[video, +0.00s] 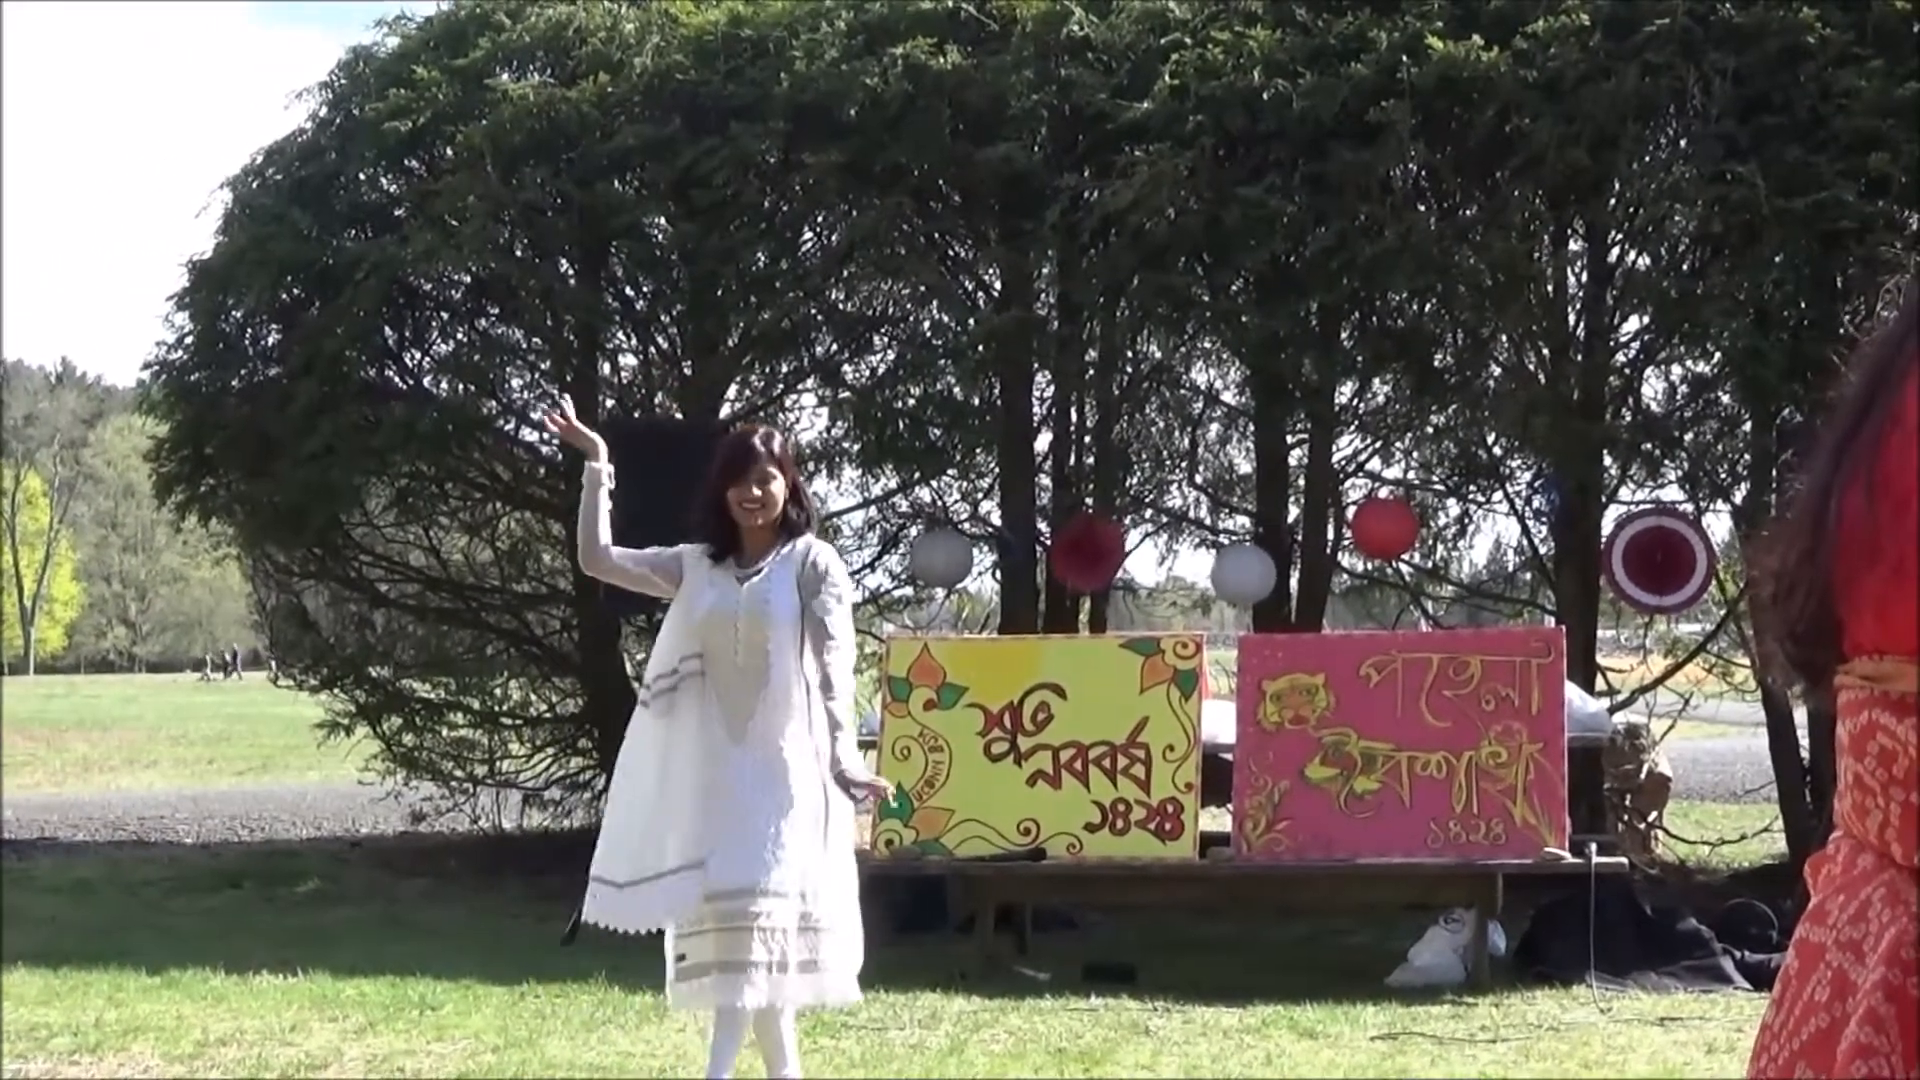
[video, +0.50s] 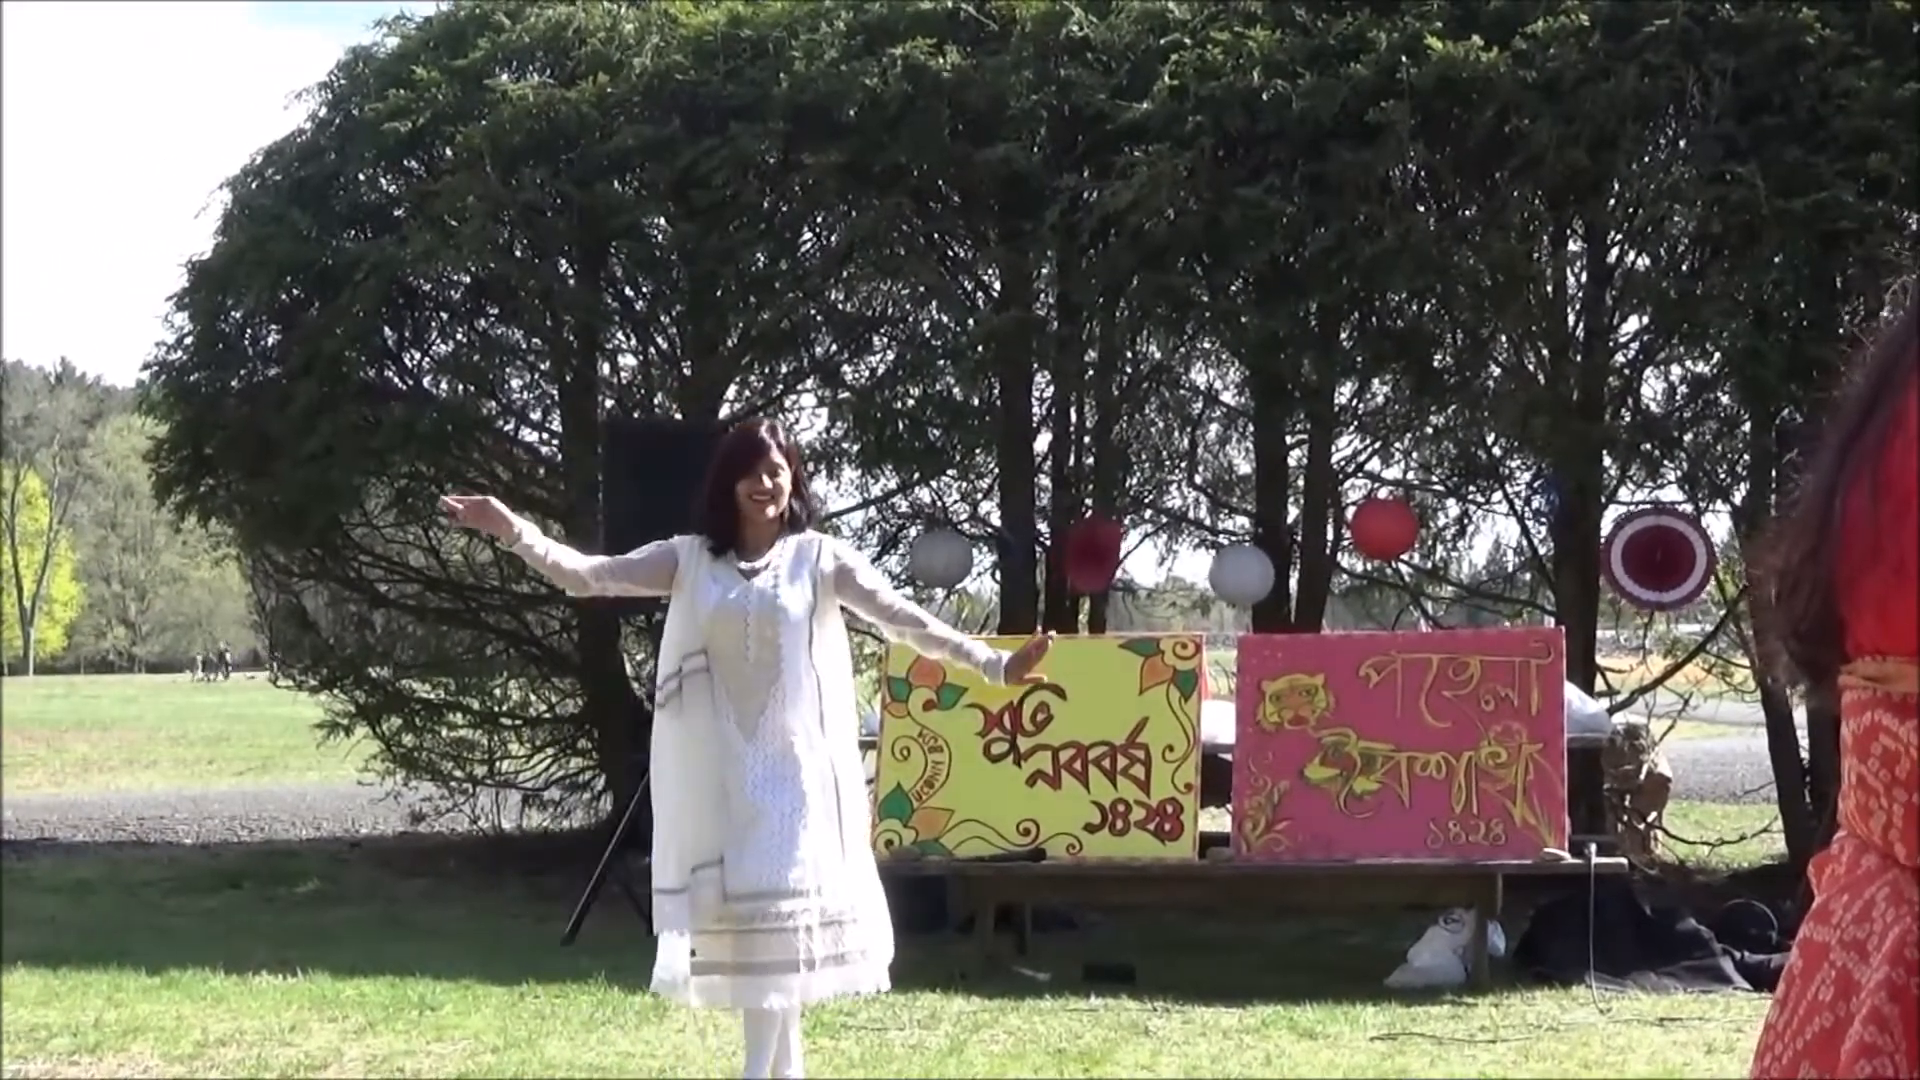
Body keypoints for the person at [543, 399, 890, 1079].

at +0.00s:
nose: (753, 488)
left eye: (767, 475)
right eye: (739, 477)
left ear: (790, 485)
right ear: (722, 489)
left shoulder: (812, 561)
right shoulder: (696, 564)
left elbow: (835, 667)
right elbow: (597, 558)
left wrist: (844, 757)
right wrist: (597, 459)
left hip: (781, 762)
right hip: (711, 758)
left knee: (743, 911)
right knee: (753, 917)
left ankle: (717, 1068)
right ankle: (785, 1067)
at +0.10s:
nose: (759, 490)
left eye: (771, 477)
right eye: (746, 478)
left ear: (793, 485)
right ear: (726, 488)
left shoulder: (817, 560)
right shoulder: (694, 563)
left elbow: (857, 661)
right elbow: (591, 561)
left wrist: (893, 740)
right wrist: (573, 465)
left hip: (790, 763)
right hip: (713, 760)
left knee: (751, 911)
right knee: (757, 917)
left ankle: (727, 1068)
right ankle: (787, 1069)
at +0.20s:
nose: (765, 488)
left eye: (776, 474)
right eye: (750, 476)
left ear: (795, 484)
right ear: (728, 488)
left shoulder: (818, 557)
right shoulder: (695, 560)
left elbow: (876, 647)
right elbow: (588, 561)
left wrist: (933, 719)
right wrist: (547, 474)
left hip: (795, 766)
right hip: (717, 765)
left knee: (754, 912)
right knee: (762, 920)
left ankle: (728, 1067)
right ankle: (788, 1068)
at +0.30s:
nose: (769, 482)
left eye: (779, 471)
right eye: (754, 472)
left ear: (797, 481)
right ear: (728, 484)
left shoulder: (821, 554)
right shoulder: (694, 558)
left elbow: (894, 634)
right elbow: (588, 559)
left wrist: (968, 690)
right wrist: (527, 487)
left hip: (799, 766)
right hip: (719, 765)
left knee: (757, 917)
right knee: (772, 928)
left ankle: (734, 1069)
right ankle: (788, 1068)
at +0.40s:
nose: (765, 482)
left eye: (775, 469)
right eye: (750, 471)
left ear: (794, 479)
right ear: (727, 483)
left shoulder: (821, 556)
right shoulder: (693, 558)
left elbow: (905, 624)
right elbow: (586, 565)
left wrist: (984, 665)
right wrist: (513, 506)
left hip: (803, 758)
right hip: (723, 756)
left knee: (764, 903)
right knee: (769, 912)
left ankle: (740, 1069)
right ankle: (788, 1069)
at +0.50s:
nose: (768, 483)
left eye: (777, 471)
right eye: (753, 472)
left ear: (793, 480)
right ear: (727, 483)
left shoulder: (820, 557)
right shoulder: (693, 558)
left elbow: (907, 619)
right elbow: (584, 575)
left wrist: (994, 660)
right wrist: (513, 528)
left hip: (799, 758)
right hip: (720, 756)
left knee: (770, 908)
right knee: (753, 911)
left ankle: (763, 1068)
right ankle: (783, 1063)